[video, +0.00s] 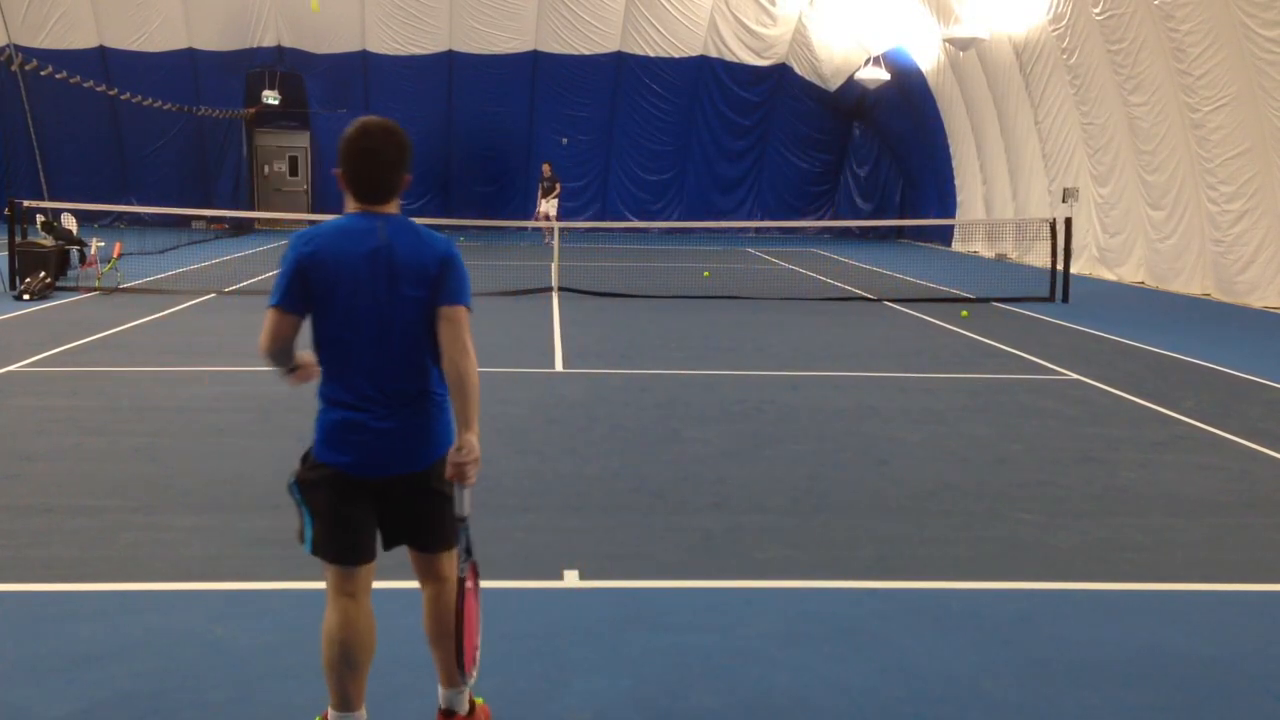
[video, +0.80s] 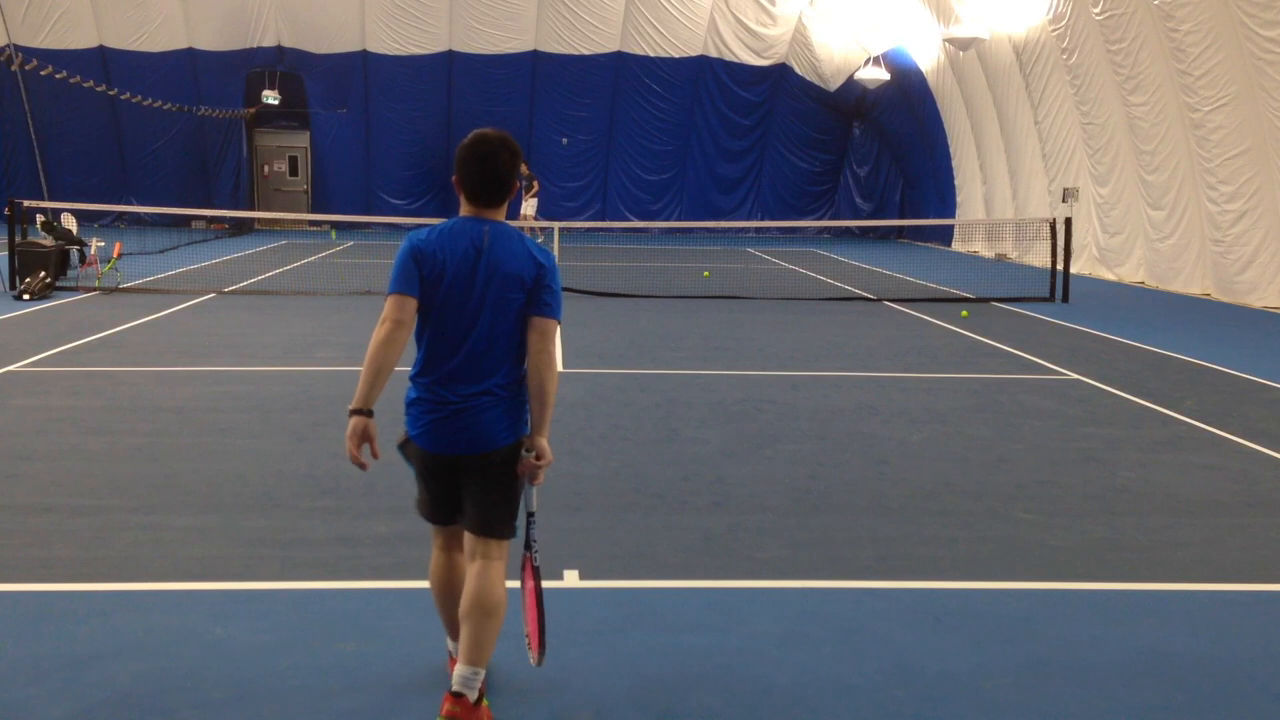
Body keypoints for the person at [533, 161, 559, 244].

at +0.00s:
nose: (544, 169)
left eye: (546, 168)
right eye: (543, 168)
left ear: (549, 168)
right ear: (542, 169)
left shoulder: (554, 178)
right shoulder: (541, 179)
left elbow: (558, 189)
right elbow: (540, 191)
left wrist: (549, 197)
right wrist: (538, 201)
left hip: (553, 199)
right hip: (544, 199)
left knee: (552, 217)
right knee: (541, 216)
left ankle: (555, 236)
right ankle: (547, 235)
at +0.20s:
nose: (538, 168)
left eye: (540, 166)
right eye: (537, 166)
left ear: (544, 167)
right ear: (537, 167)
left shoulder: (549, 176)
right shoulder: (539, 177)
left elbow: (553, 188)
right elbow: (538, 189)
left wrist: (544, 196)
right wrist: (537, 198)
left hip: (548, 199)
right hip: (540, 199)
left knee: (549, 219)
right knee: (533, 215)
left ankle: (554, 238)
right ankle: (535, 235)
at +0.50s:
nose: (526, 171)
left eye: (528, 169)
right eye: (525, 169)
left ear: (532, 169)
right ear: (525, 170)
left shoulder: (537, 178)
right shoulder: (529, 179)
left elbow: (542, 190)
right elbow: (529, 190)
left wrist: (532, 198)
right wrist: (529, 199)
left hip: (537, 201)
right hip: (530, 200)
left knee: (537, 220)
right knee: (524, 218)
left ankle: (550, 232)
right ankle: (529, 237)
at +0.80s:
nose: (521, 169)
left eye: (522, 167)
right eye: (520, 167)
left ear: (526, 167)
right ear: (520, 169)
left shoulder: (531, 176)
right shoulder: (522, 178)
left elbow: (536, 187)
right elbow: (523, 189)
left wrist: (528, 196)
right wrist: (523, 198)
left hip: (533, 198)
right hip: (525, 198)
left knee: (529, 217)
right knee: (522, 217)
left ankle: (540, 235)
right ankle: (527, 235)